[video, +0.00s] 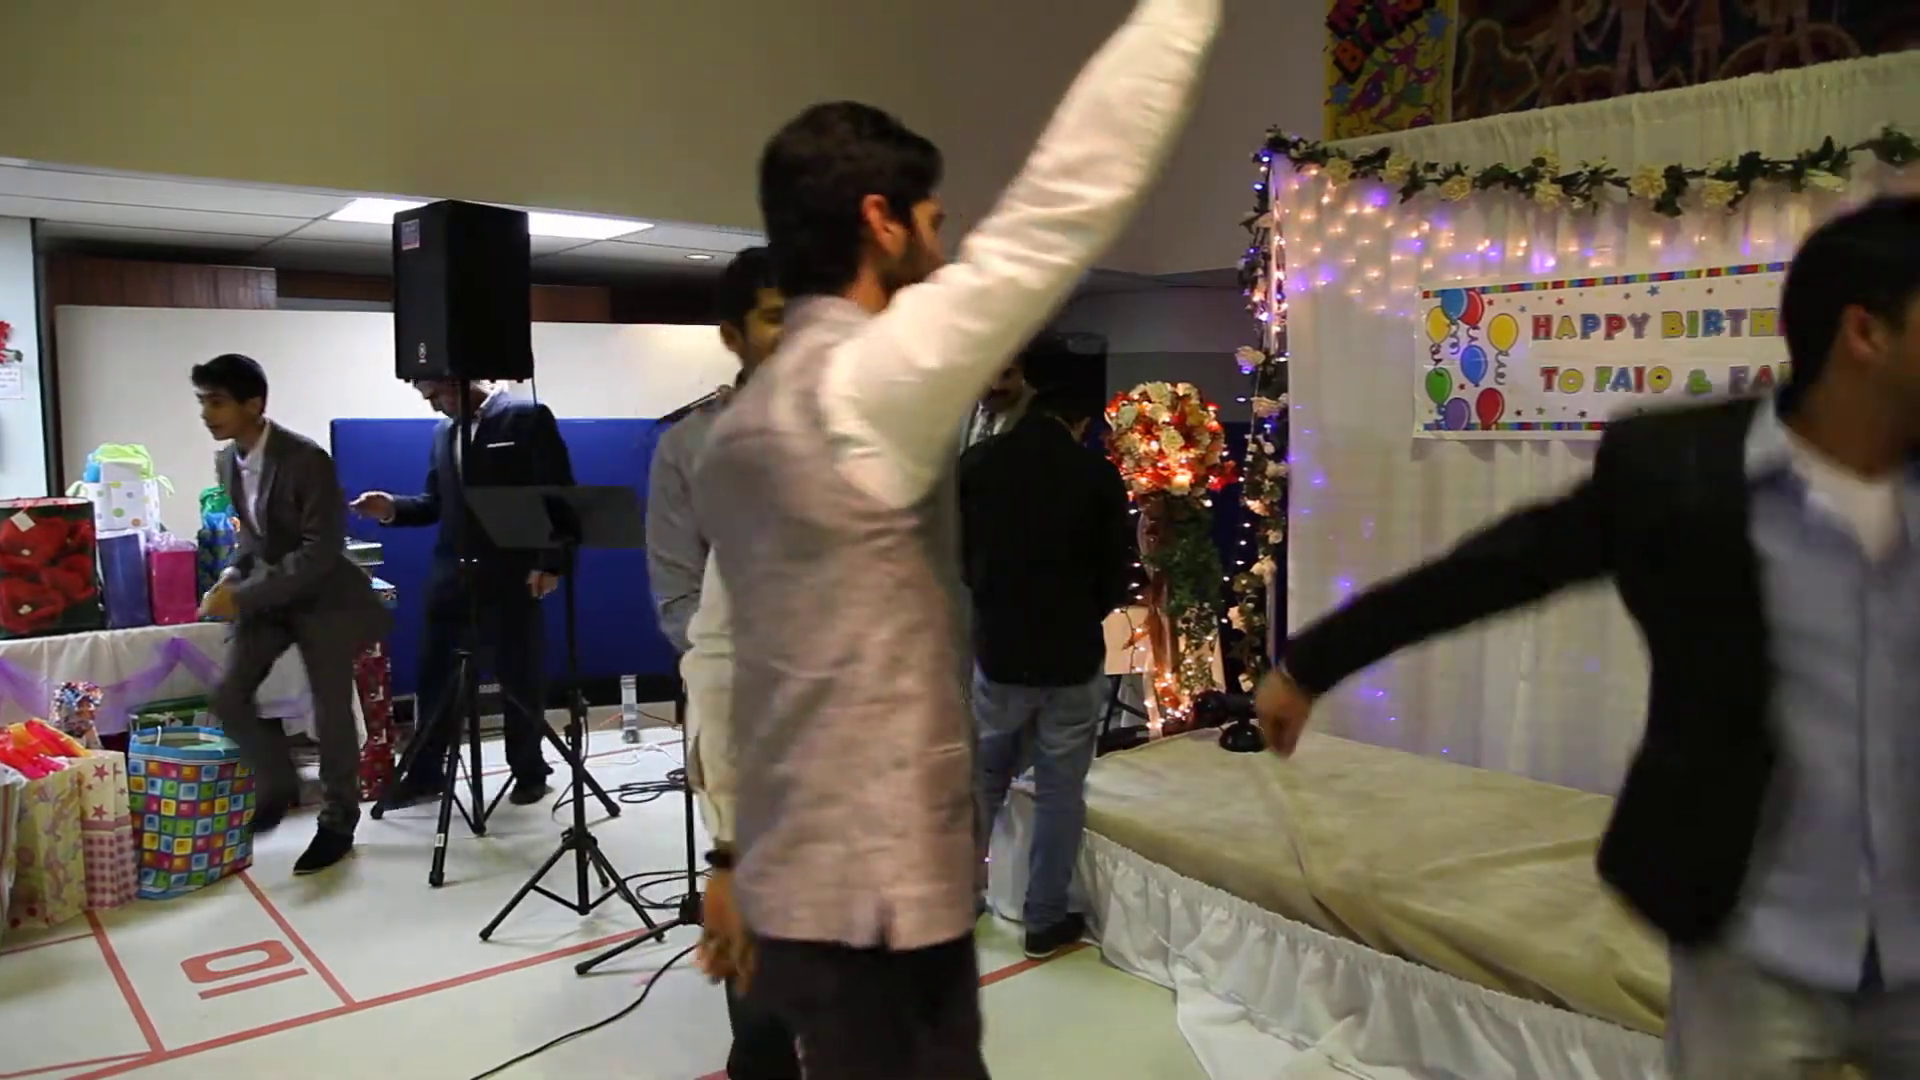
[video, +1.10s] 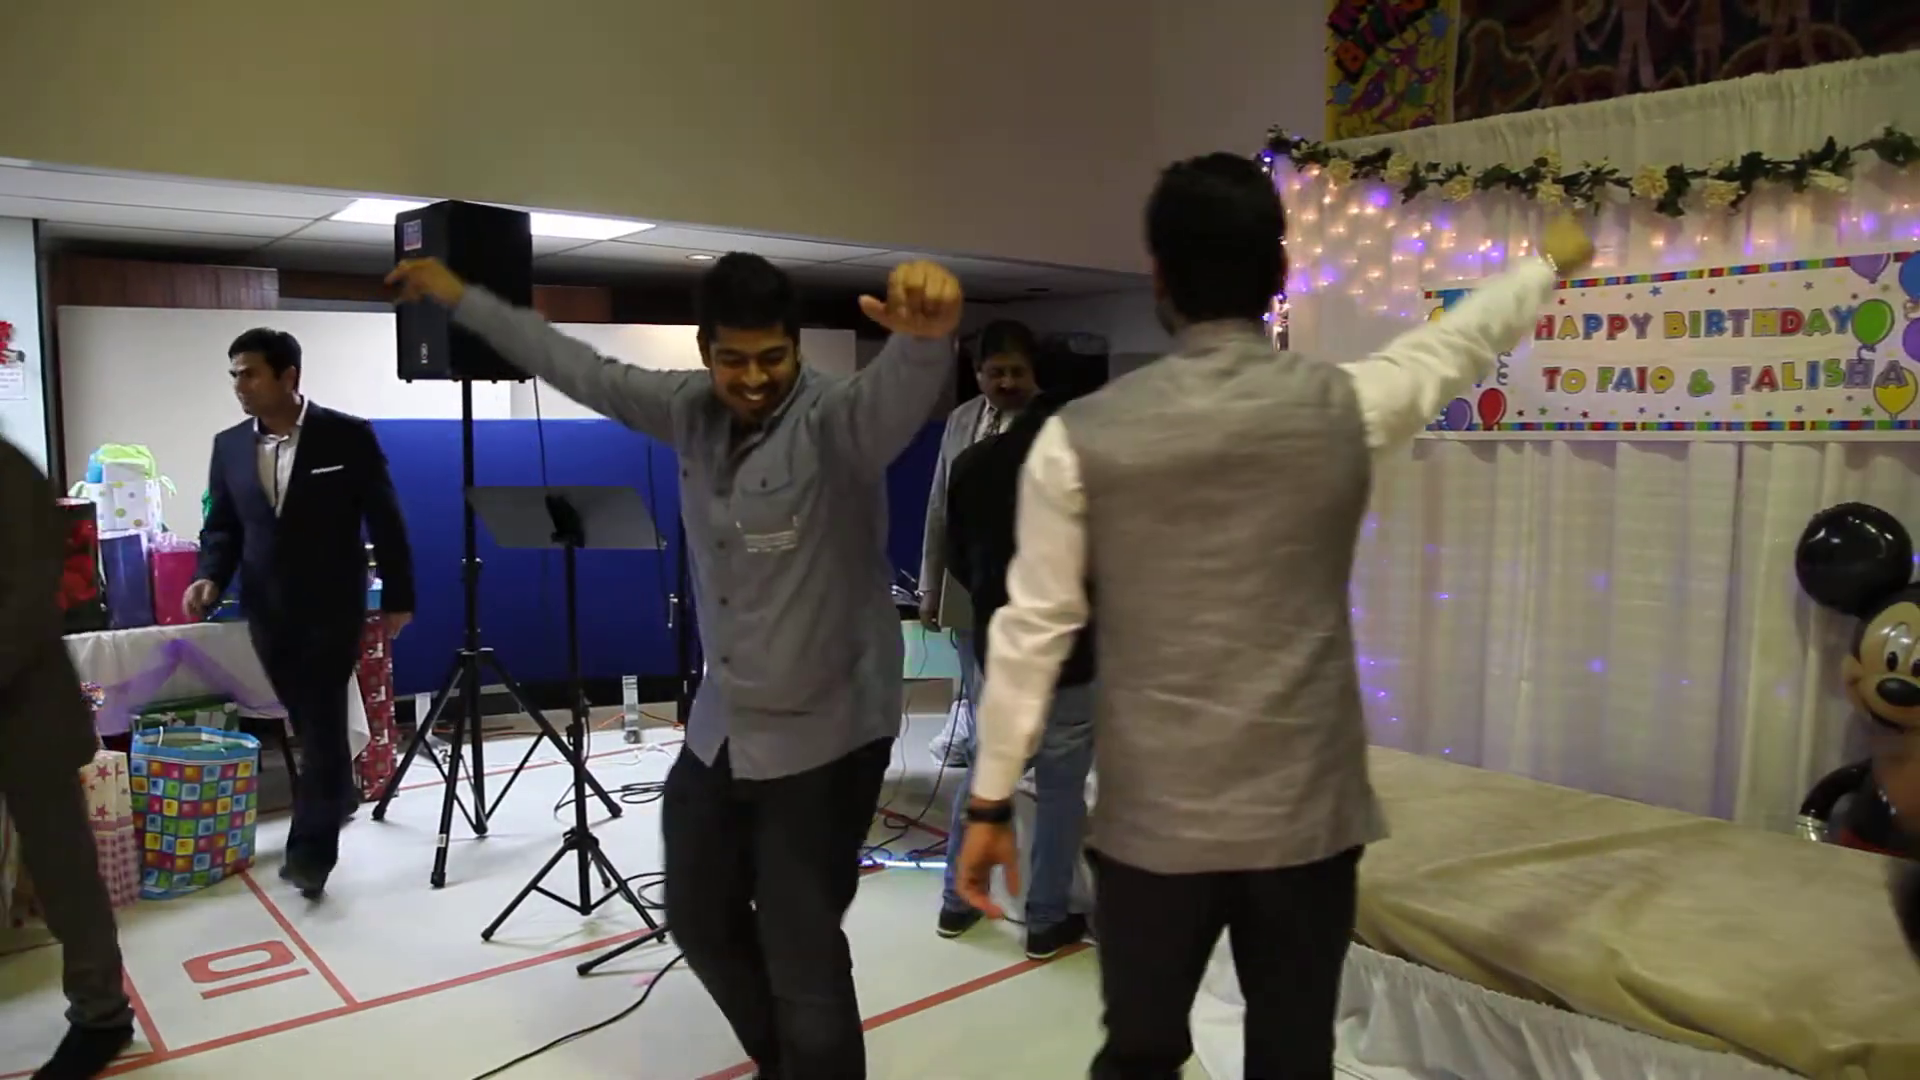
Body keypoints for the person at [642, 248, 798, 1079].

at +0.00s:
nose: (785, 333)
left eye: (793, 316)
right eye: (768, 319)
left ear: (812, 322)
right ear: (730, 329)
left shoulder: (844, 419)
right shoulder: (688, 441)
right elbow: (674, 589)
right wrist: (719, 674)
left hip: (840, 651)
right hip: (740, 661)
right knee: (748, 850)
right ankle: (759, 1045)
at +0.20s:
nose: (760, 331)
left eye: (771, 315)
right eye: (739, 316)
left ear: (787, 329)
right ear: (696, 335)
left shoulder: (824, 432)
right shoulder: (659, 454)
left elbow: (879, 573)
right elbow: (623, 603)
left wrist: (889, 700)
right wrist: (619, 735)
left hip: (844, 721)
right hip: (732, 731)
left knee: (873, 927)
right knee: (749, 939)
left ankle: (915, 1060)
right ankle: (764, 1069)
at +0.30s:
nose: (751, 317)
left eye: (762, 303)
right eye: (730, 304)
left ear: (778, 317)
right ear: (690, 323)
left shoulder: (825, 415)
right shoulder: (652, 448)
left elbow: (889, 550)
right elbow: (583, 583)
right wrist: (512, 702)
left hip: (834, 706)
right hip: (725, 724)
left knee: (865, 906)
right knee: (763, 934)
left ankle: (941, 1059)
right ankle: (798, 1073)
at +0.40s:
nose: (745, 327)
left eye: (759, 312)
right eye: (724, 312)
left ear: (776, 325)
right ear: (689, 331)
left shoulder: (827, 422)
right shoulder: (651, 454)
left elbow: (901, 552)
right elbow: (552, 565)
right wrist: (428, 658)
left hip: (836, 713)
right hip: (728, 729)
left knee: (846, 908)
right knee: (756, 932)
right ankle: (807, 1068)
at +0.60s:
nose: (734, 329)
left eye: (750, 313)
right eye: (716, 315)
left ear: (778, 329)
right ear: (693, 334)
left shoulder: (838, 424)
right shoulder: (663, 454)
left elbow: (926, 535)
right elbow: (561, 549)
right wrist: (401, 544)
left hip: (836, 721)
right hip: (723, 733)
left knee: (815, 916)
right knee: (744, 933)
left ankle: (915, 994)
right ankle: (808, 1073)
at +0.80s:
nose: (745, 346)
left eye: (762, 330)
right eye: (728, 330)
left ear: (787, 339)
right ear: (701, 340)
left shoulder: (839, 421)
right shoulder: (670, 448)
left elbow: (943, 479)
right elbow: (545, 485)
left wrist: (948, 424)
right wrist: (413, 429)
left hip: (824, 726)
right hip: (718, 737)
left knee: (800, 929)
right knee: (740, 941)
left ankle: (845, 1075)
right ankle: (793, 1071)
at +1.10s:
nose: (753, 377)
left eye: (770, 357)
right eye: (732, 358)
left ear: (797, 343)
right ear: (705, 349)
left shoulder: (843, 418)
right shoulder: (687, 412)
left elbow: (899, 388)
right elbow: (576, 367)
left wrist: (925, 328)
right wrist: (456, 293)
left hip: (829, 725)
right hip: (724, 718)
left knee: (796, 930)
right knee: (699, 913)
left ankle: (826, 1070)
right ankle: (781, 1057)